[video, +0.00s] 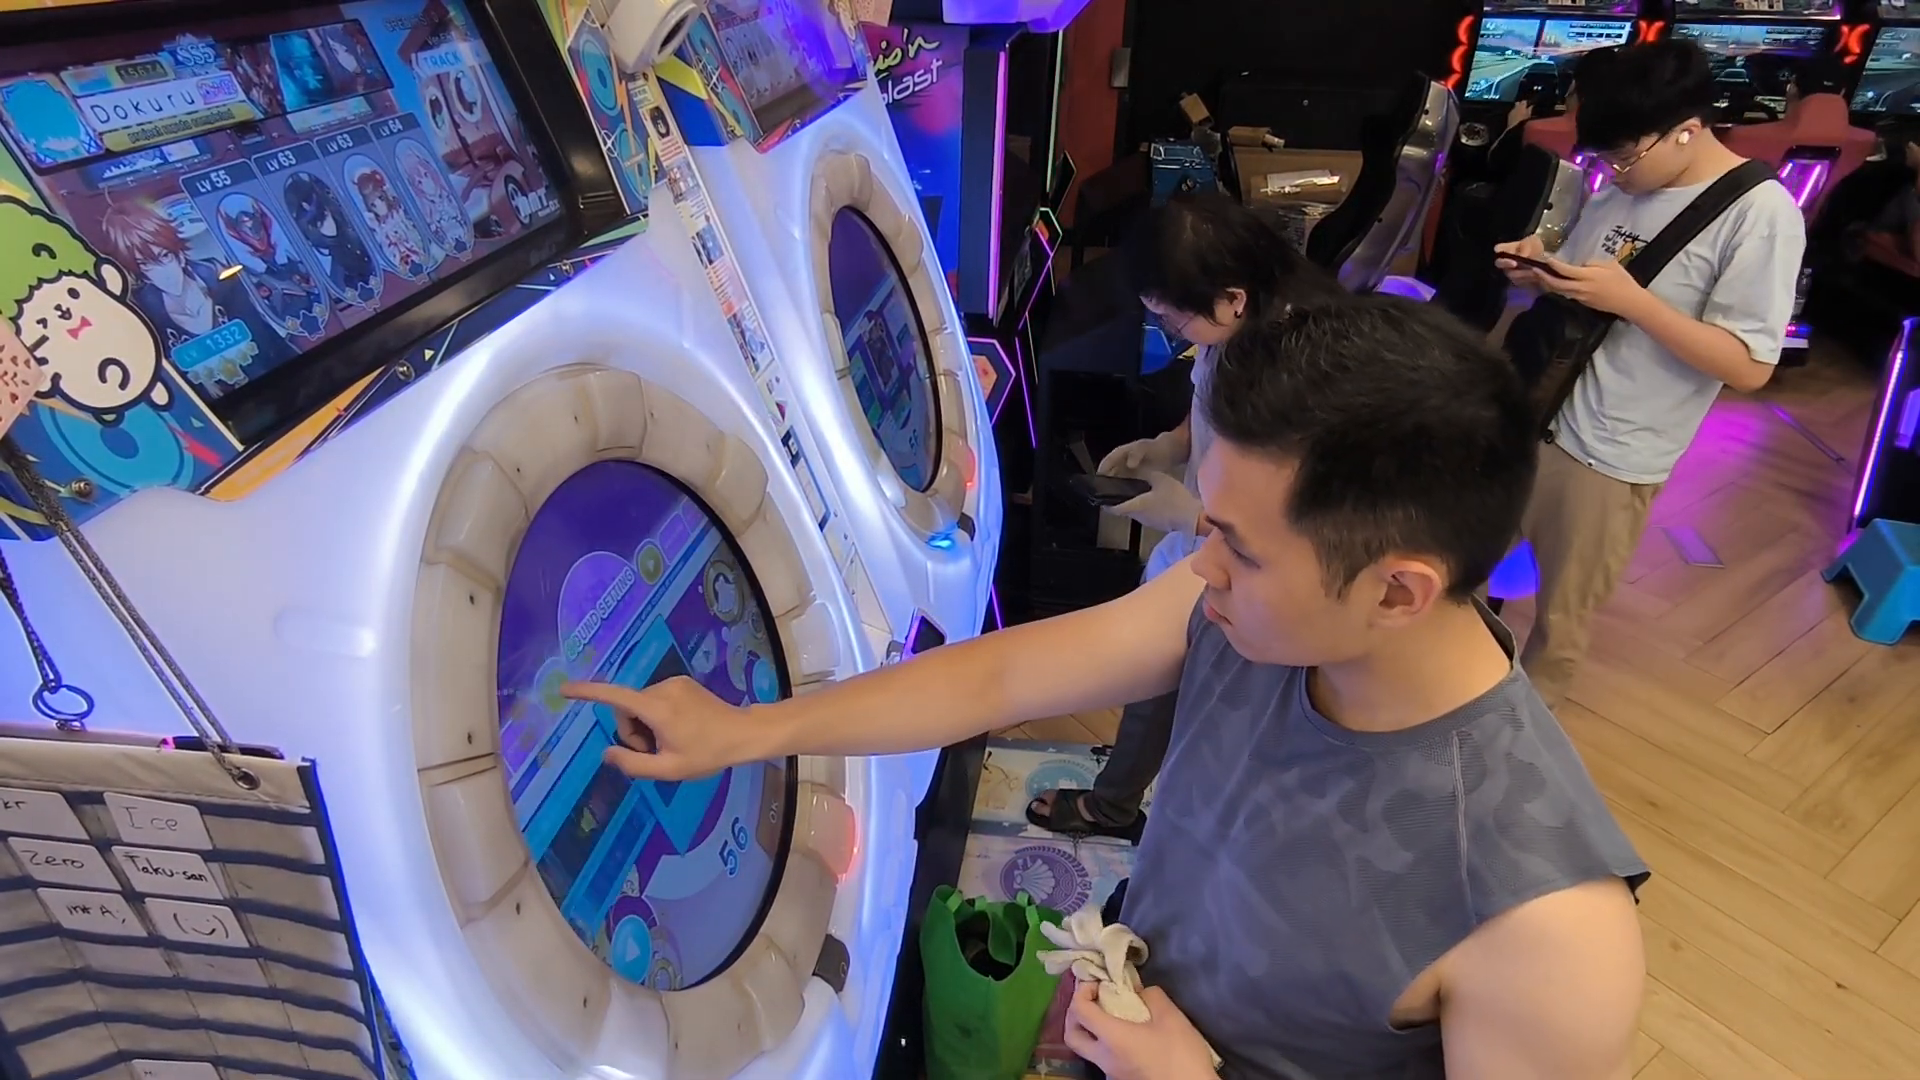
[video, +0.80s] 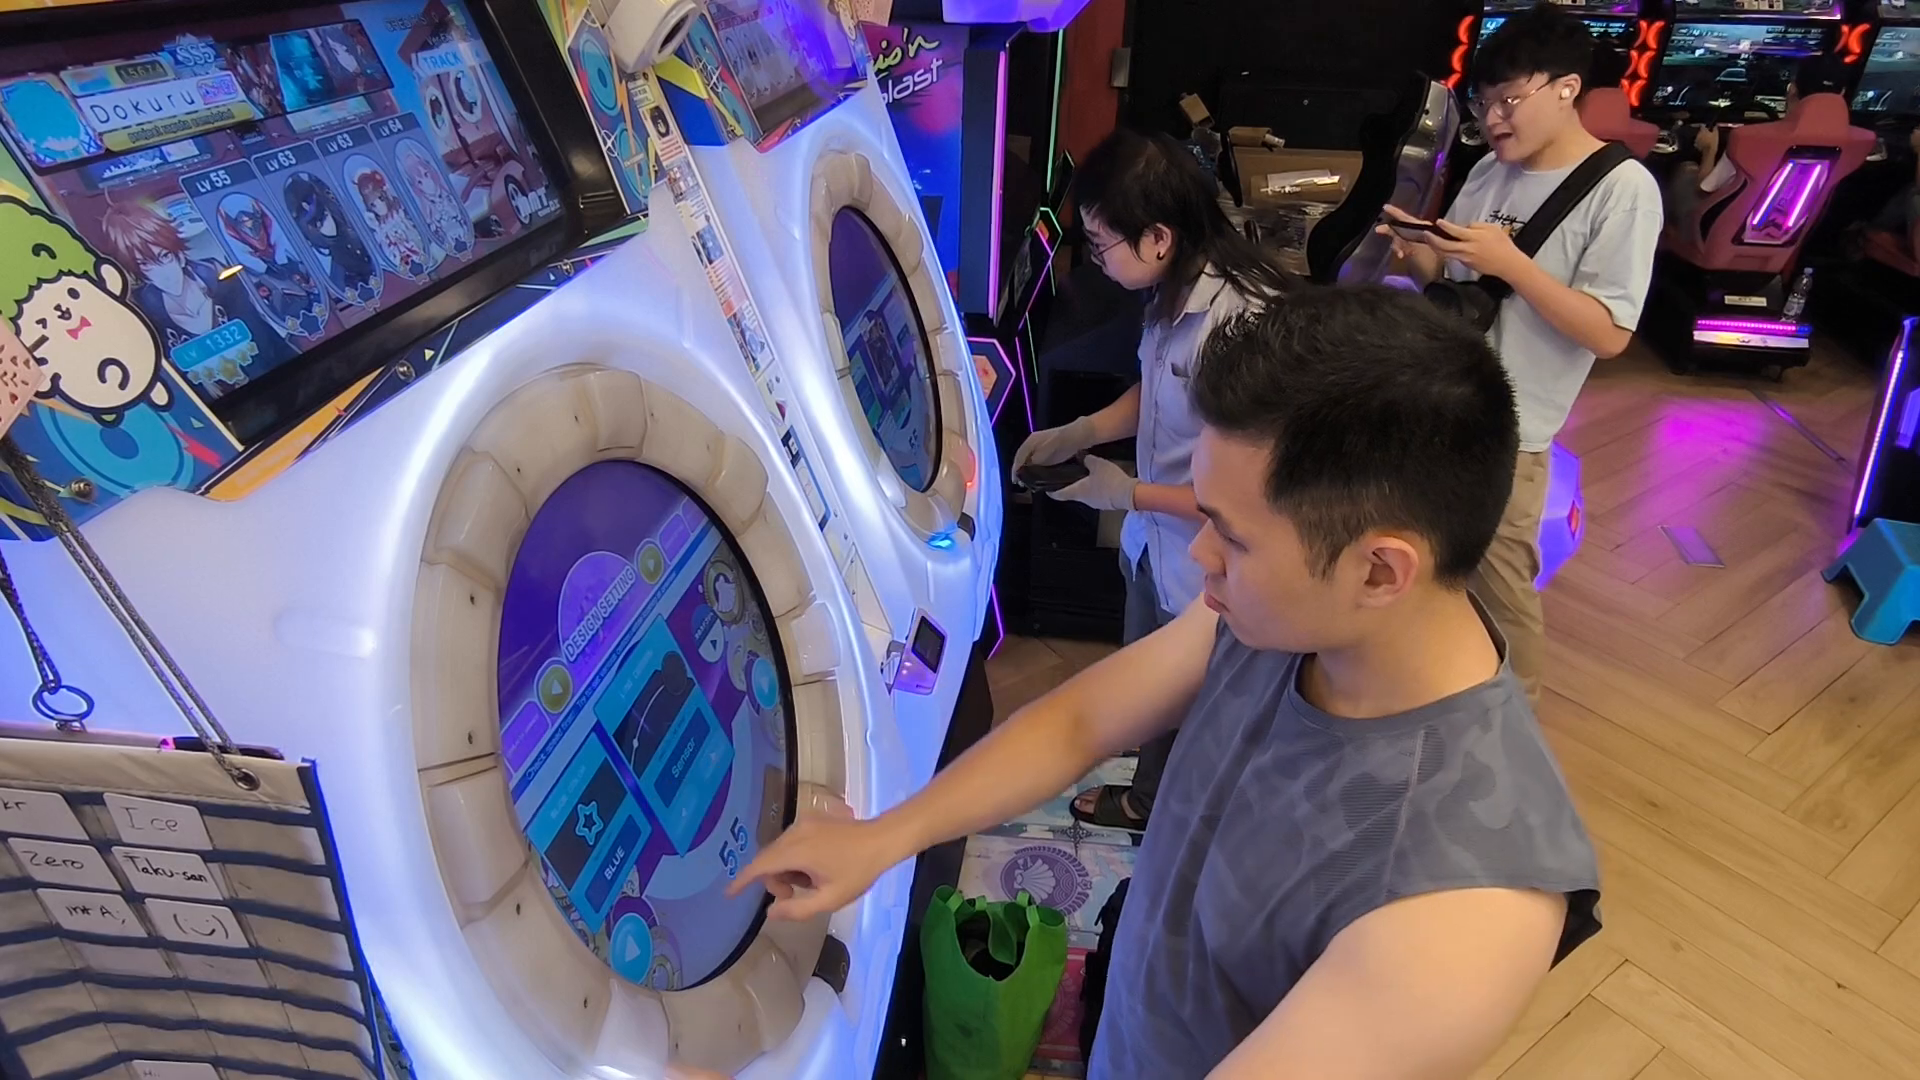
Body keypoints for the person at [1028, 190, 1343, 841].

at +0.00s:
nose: (1171, 334)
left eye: (1177, 320)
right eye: (1162, 320)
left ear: (1234, 301)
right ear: (1232, 301)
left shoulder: (1298, 370)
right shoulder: (1229, 332)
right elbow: (1207, 419)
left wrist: (1190, 510)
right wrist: (1163, 447)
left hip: (1260, 550)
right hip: (1199, 530)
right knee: (1160, 667)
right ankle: (1119, 795)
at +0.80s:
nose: (1095, 257)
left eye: (1104, 243)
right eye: (1092, 241)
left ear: (1160, 239)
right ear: (1155, 240)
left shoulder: (1235, 332)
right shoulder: (1170, 294)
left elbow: (1243, 501)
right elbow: (1158, 396)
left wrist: (1134, 493)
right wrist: (1075, 437)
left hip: (1202, 565)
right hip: (1152, 539)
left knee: (1187, 712)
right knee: (1144, 693)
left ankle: (1167, 818)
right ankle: (1141, 793)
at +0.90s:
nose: (1091, 255)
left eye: (1099, 240)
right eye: (1087, 238)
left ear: (1154, 235)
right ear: (1149, 235)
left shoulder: (1232, 326)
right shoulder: (1163, 290)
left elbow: (1245, 494)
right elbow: (1147, 393)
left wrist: (1131, 487)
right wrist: (1063, 434)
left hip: (1201, 555)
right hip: (1148, 531)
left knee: (1187, 701)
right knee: (1144, 678)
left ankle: (1175, 815)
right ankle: (1143, 792)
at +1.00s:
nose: (1089, 252)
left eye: (1096, 237)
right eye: (1084, 237)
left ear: (1151, 231)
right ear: (1146, 231)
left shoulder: (1232, 323)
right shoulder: (1157, 289)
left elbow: (1244, 487)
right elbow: (1138, 391)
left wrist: (1129, 483)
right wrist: (1054, 430)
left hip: (1200, 550)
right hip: (1145, 528)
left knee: (1190, 699)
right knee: (1146, 679)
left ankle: (1179, 815)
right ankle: (1143, 792)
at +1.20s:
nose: (1084, 248)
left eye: (1092, 233)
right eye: (1079, 232)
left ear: (1150, 228)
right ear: (1143, 229)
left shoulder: (1236, 317)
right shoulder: (1150, 286)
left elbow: (1253, 475)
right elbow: (1133, 390)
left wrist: (1129, 479)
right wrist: (1048, 421)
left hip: (1197, 555)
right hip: (1140, 534)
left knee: (1183, 700)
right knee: (1142, 683)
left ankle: (1164, 810)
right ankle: (1142, 792)